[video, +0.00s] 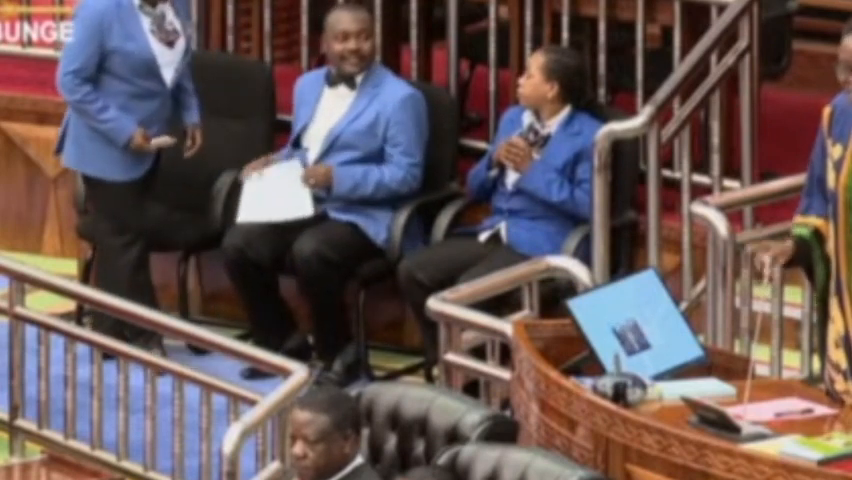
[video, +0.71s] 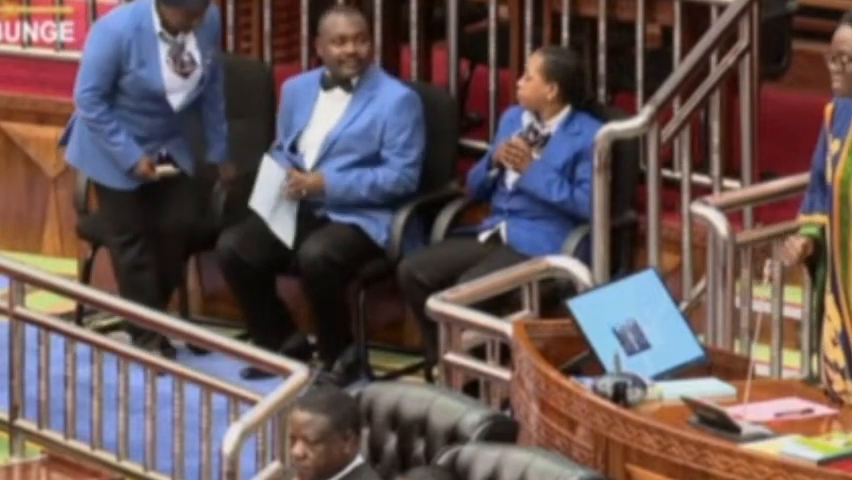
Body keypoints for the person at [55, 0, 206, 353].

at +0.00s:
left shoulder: (179, 7)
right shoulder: (101, 11)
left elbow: (179, 64)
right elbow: (71, 81)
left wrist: (190, 113)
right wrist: (125, 131)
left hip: (149, 147)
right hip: (104, 148)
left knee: (123, 242)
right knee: (125, 244)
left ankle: (108, 332)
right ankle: (143, 336)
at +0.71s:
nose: (195, 23)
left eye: (200, 15)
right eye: (188, 15)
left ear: (205, 8)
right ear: (163, 6)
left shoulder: (208, 22)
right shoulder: (116, 30)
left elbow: (212, 90)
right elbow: (88, 100)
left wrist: (219, 155)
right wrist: (132, 157)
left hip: (172, 143)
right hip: (115, 144)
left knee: (179, 227)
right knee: (132, 241)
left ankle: (150, 321)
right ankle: (146, 335)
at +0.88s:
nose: (197, 34)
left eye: (203, 26)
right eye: (190, 27)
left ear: (209, 13)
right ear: (167, 14)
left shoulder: (217, 30)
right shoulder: (119, 34)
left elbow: (218, 98)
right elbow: (87, 100)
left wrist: (220, 163)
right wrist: (126, 158)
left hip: (172, 145)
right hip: (117, 147)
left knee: (171, 239)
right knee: (129, 245)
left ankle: (180, 334)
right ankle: (144, 337)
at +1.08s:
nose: (203, 44)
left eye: (209, 36)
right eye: (195, 36)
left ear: (219, 23)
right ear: (172, 23)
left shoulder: (223, 41)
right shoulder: (123, 37)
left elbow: (224, 106)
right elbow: (89, 102)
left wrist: (224, 169)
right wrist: (121, 163)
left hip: (175, 147)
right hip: (118, 149)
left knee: (170, 241)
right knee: (124, 245)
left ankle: (175, 334)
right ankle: (142, 334)